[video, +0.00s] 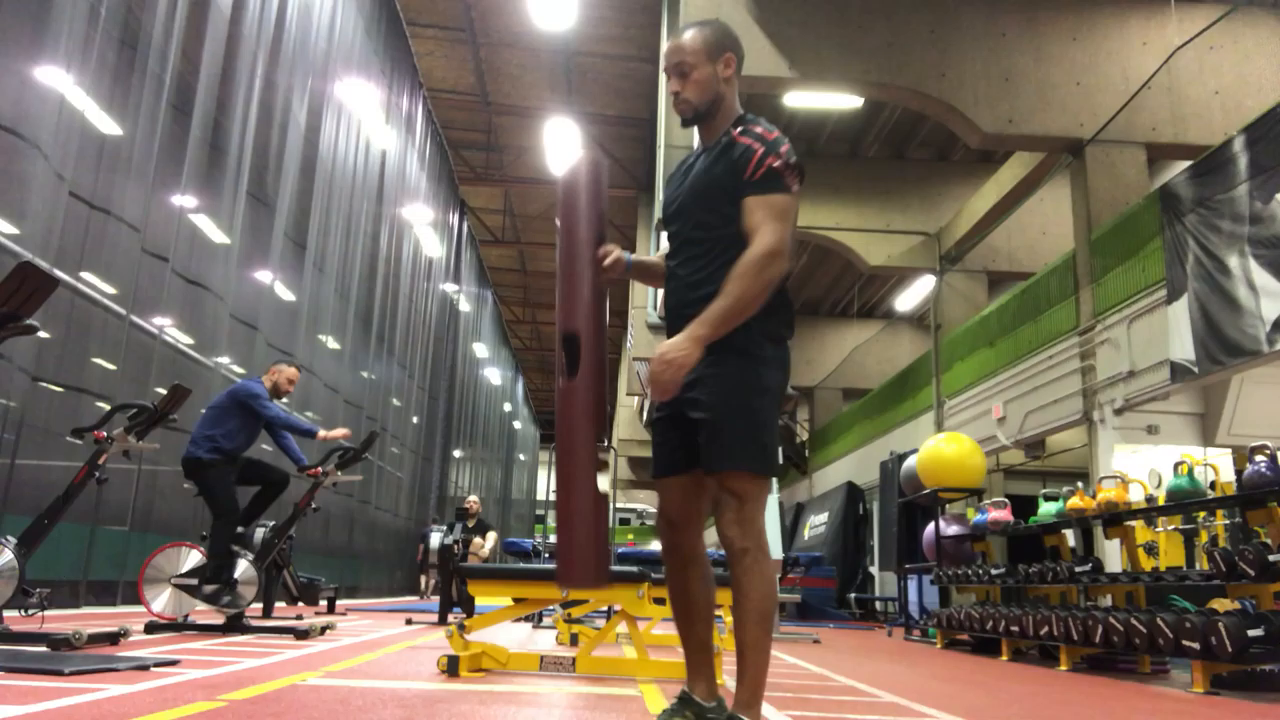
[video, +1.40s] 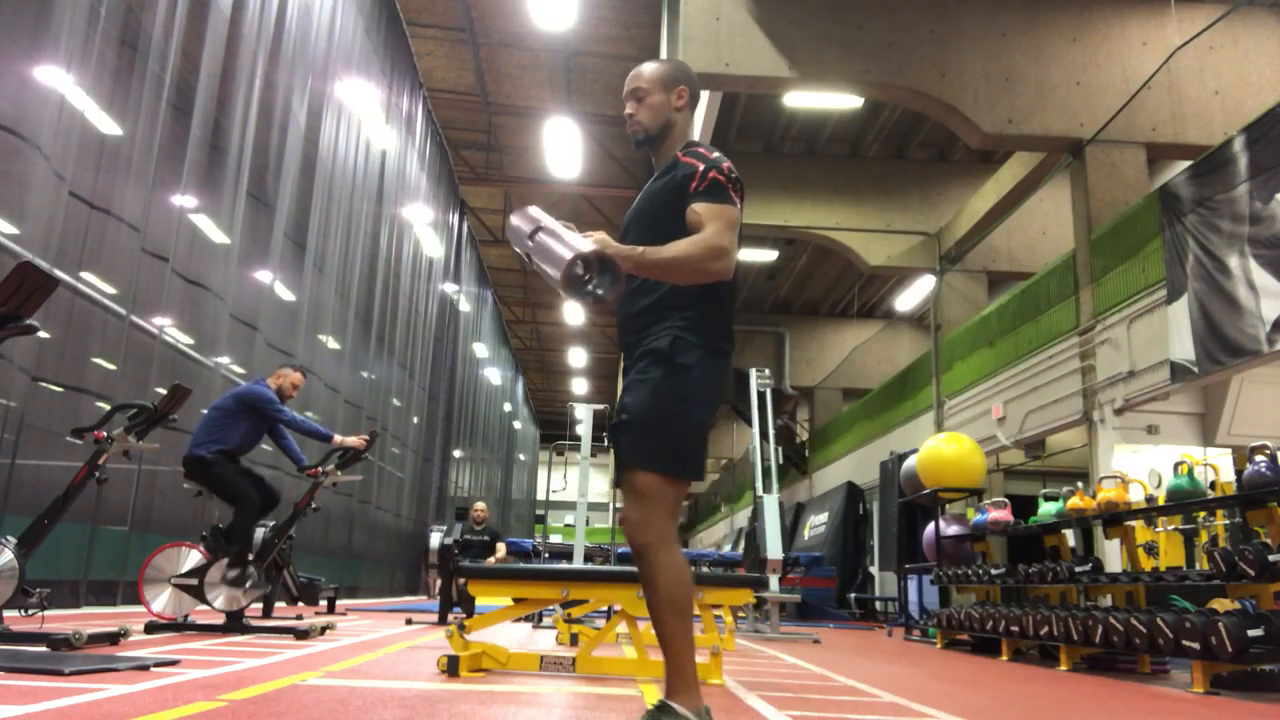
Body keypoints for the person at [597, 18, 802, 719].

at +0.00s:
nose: (671, 85)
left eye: (683, 70)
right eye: (667, 74)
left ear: (727, 68)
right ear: (673, 79)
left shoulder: (761, 143)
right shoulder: (686, 169)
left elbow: (771, 253)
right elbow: (687, 273)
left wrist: (694, 338)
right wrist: (629, 266)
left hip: (743, 359)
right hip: (684, 359)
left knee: (740, 525)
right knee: (677, 523)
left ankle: (748, 708)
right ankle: (701, 694)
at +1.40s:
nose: (627, 110)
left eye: (639, 97)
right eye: (625, 101)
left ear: (681, 98)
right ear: (654, 105)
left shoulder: (705, 163)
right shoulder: (661, 185)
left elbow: (717, 253)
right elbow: (646, 297)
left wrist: (624, 255)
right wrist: (586, 276)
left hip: (678, 366)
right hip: (654, 366)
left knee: (649, 525)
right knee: (645, 526)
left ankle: (685, 699)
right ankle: (683, 696)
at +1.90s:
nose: (593, 102)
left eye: (606, 87)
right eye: (590, 93)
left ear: (650, 91)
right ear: (598, 107)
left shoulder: (679, 160)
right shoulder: (610, 192)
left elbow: (673, 258)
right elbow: (543, 238)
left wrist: (578, 283)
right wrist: (480, 187)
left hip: (666, 364)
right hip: (629, 367)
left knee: (611, 525)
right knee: (609, 530)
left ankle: (602, 707)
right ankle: (679, 691)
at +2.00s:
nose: (581, 94)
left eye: (593, 79)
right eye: (579, 85)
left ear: (638, 82)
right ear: (592, 97)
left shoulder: (674, 157)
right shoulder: (598, 186)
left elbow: (684, 256)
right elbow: (545, 246)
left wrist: (594, 297)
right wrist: (485, 209)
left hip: (663, 359)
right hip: (619, 361)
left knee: (611, 521)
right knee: (611, 529)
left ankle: (602, 707)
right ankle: (679, 690)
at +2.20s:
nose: (571, 78)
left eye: (583, 65)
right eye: (571, 67)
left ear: (625, 70)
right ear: (606, 77)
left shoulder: (661, 147)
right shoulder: (598, 172)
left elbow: (709, 244)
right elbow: (584, 267)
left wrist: (644, 302)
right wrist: (539, 258)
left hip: (641, 357)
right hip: (607, 356)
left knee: (607, 531)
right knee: (609, 533)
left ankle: (603, 707)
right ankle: (671, 685)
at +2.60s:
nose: (582, 95)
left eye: (595, 82)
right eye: (585, 85)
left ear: (634, 86)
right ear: (623, 89)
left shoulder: (655, 147)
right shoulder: (614, 165)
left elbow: (674, 229)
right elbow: (617, 281)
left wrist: (568, 195)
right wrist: (560, 289)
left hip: (632, 354)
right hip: (609, 353)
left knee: (604, 525)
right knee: (599, 525)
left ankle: (609, 703)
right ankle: (616, 698)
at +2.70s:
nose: (586, 96)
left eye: (598, 83)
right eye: (588, 86)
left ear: (636, 89)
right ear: (628, 92)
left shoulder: (650, 145)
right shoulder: (625, 160)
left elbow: (650, 218)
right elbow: (630, 275)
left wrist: (548, 182)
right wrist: (569, 283)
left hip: (630, 350)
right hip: (620, 350)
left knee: (597, 524)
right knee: (600, 525)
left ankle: (611, 703)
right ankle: (618, 700)